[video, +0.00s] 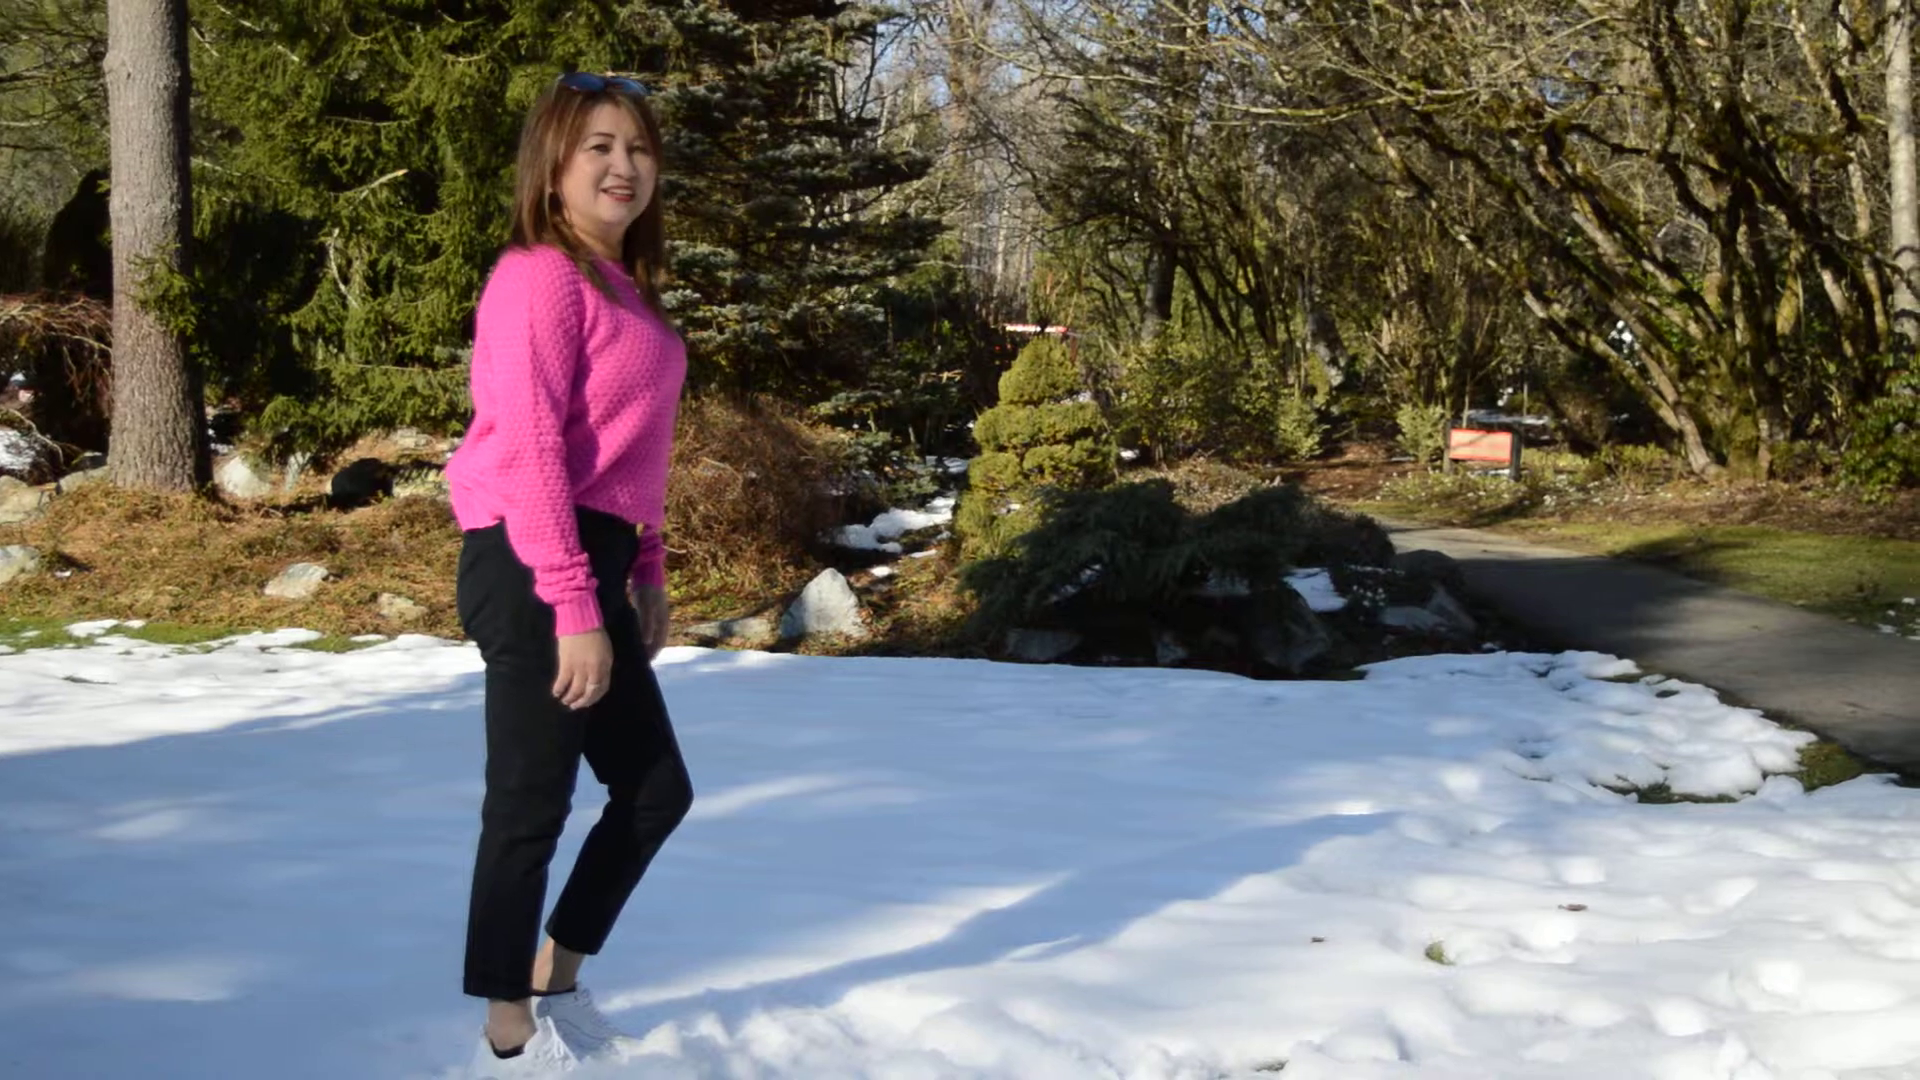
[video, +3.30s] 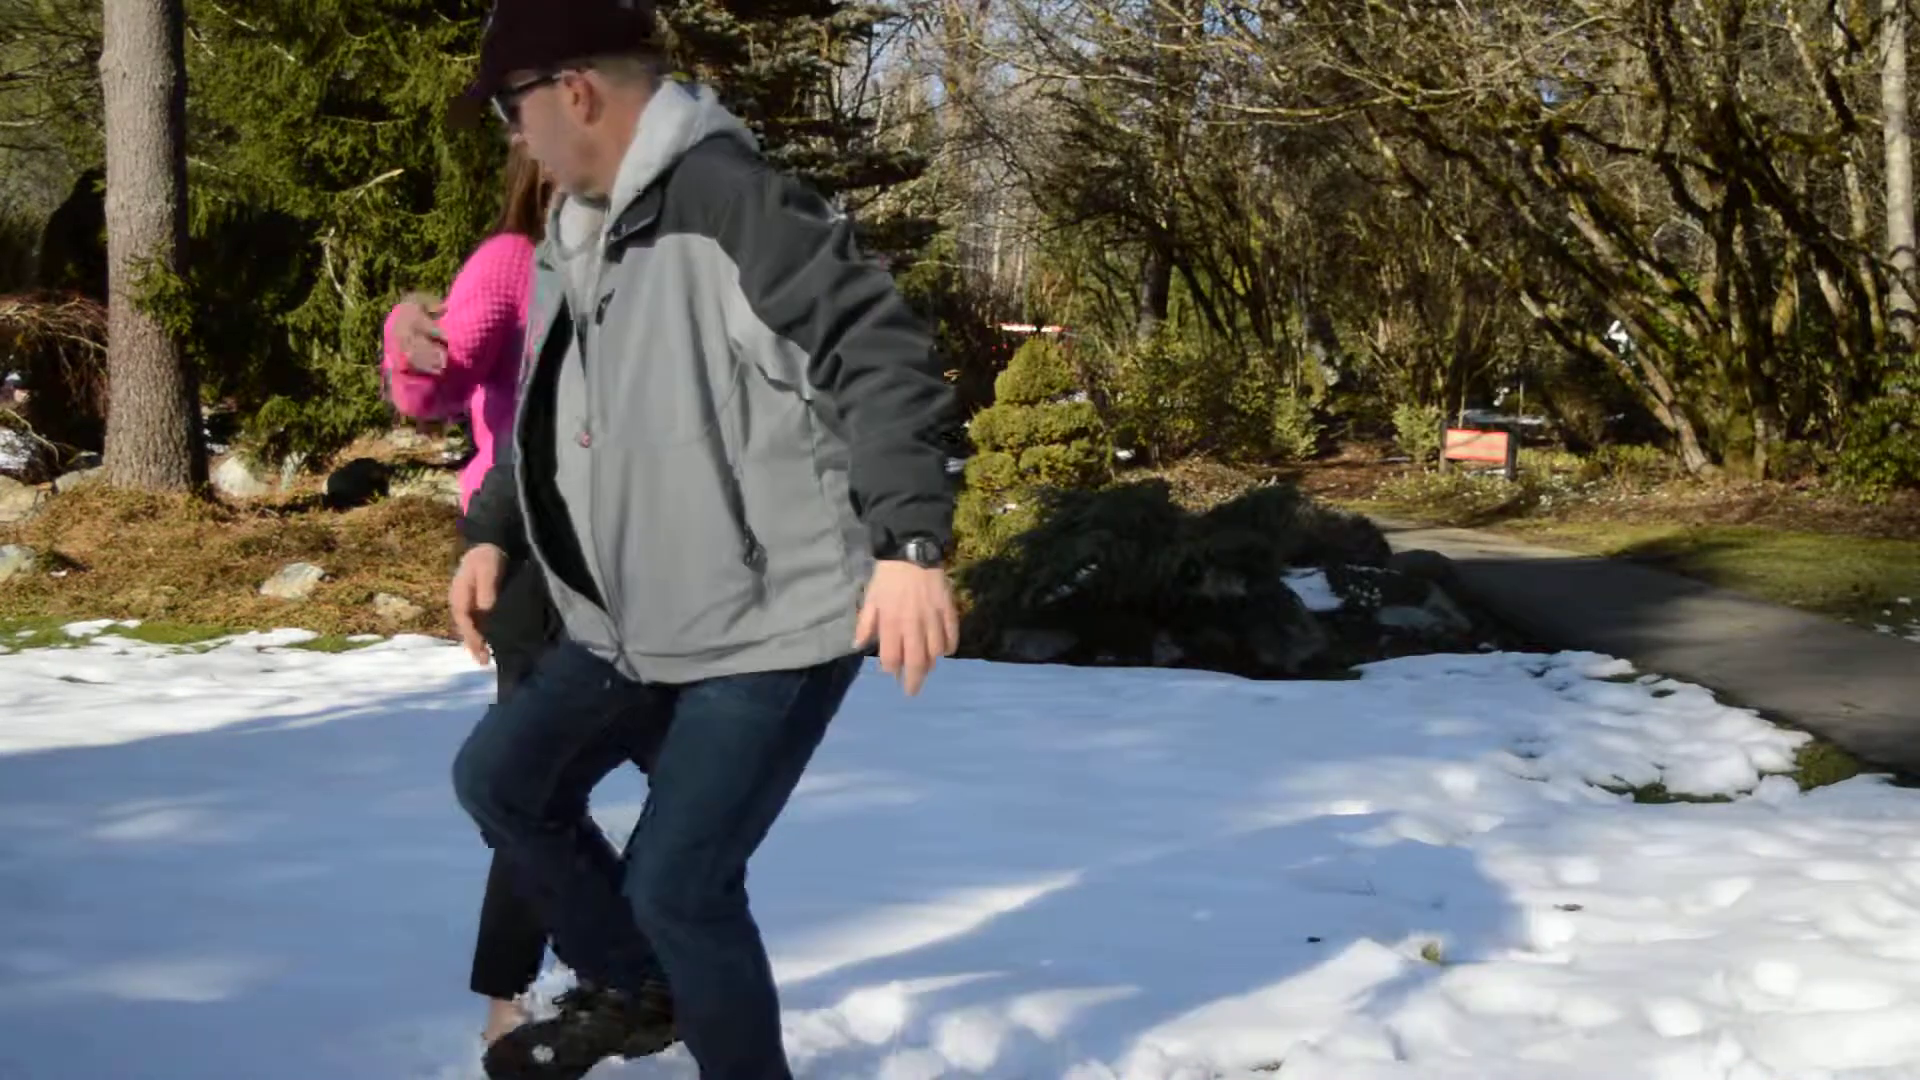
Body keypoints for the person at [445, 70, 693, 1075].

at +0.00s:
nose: (623, 166)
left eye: (638, 149)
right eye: (600, 146)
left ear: (654, 173)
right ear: (553, 166)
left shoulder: (625, 292)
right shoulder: (536, 278)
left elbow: (634, 451)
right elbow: (531, 453)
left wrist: (647, 571)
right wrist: (572, 610)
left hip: (596, 555)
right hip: (525, 551)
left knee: (655, 790)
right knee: (530, 794)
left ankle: (554, 978)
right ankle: (506, 1038)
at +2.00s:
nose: (625, 159)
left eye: (636, 144)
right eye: (600, 143)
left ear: (648, 167)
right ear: (548, 165)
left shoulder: (622, 288)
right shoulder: (524, 279)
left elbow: (643, 449)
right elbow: (518, 453)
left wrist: (691, 568)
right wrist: (565, 609)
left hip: (606, 559)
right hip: (532, 554)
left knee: (661, 797)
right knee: (530, 804)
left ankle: (550, 977)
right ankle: (502, 1035)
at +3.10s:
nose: (605, 155)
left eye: (613, 139)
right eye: (583, 140)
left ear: (628, 154)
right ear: (536, 160)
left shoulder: (638, 274)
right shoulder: (514, 273)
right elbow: (466, 409)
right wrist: (473, 544)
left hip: (630, 568)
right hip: (538, 565)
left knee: (678, 784)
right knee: (533, 803)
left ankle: (564, 967)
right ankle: (503, 1033)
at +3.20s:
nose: (602, 174)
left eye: (607, 157)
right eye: (584, 159)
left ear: (615, 169)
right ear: (543, 172)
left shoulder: (642, 269)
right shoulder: (514, 270)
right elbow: (453, 369)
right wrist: (420, 456)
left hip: (631, 549)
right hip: (528, 549)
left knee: (642, 769)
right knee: (530, 788)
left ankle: (582, 962)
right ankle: (506, 1031)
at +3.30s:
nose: (575, 179)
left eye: (581, 163)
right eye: (563, 164)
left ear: (603, 157)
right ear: (540, 174)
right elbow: (428, 398)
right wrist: (408, 344)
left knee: (681, 767)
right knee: (533, 774)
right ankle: (506, 1006)